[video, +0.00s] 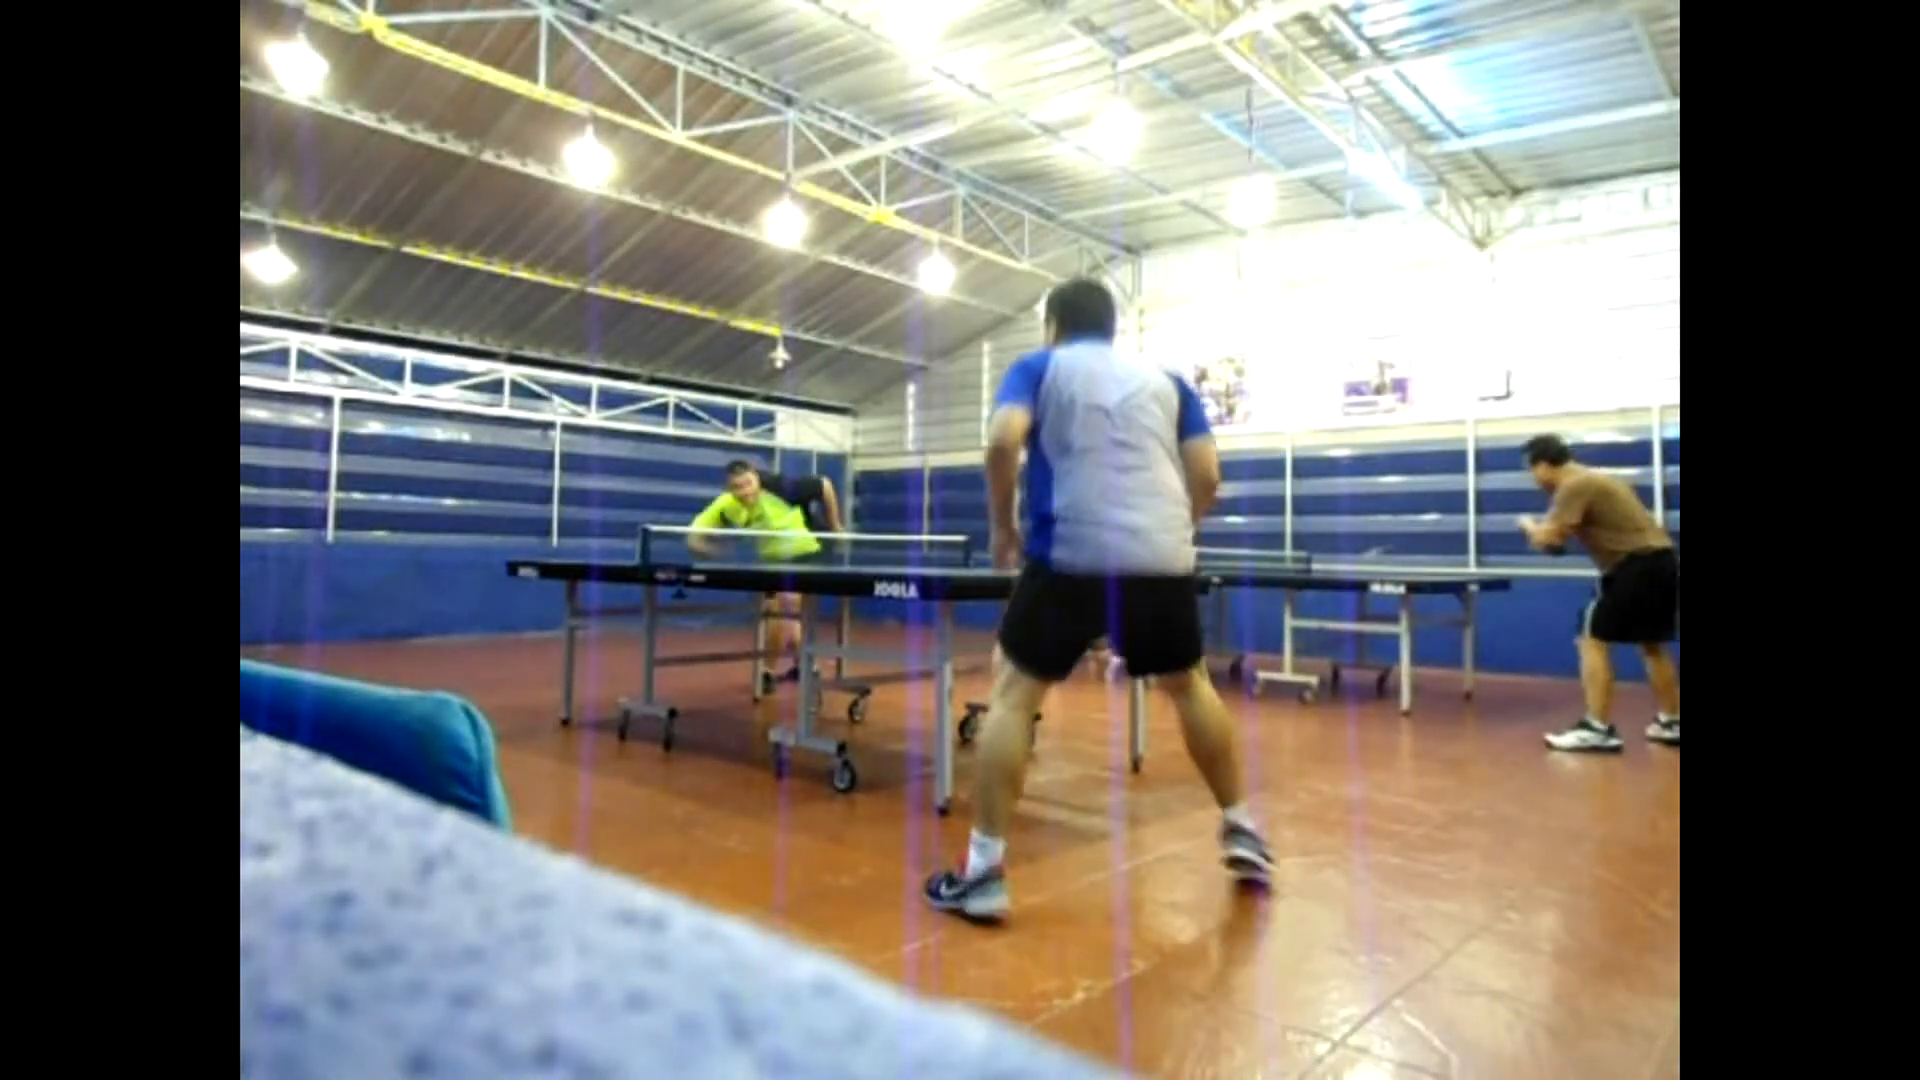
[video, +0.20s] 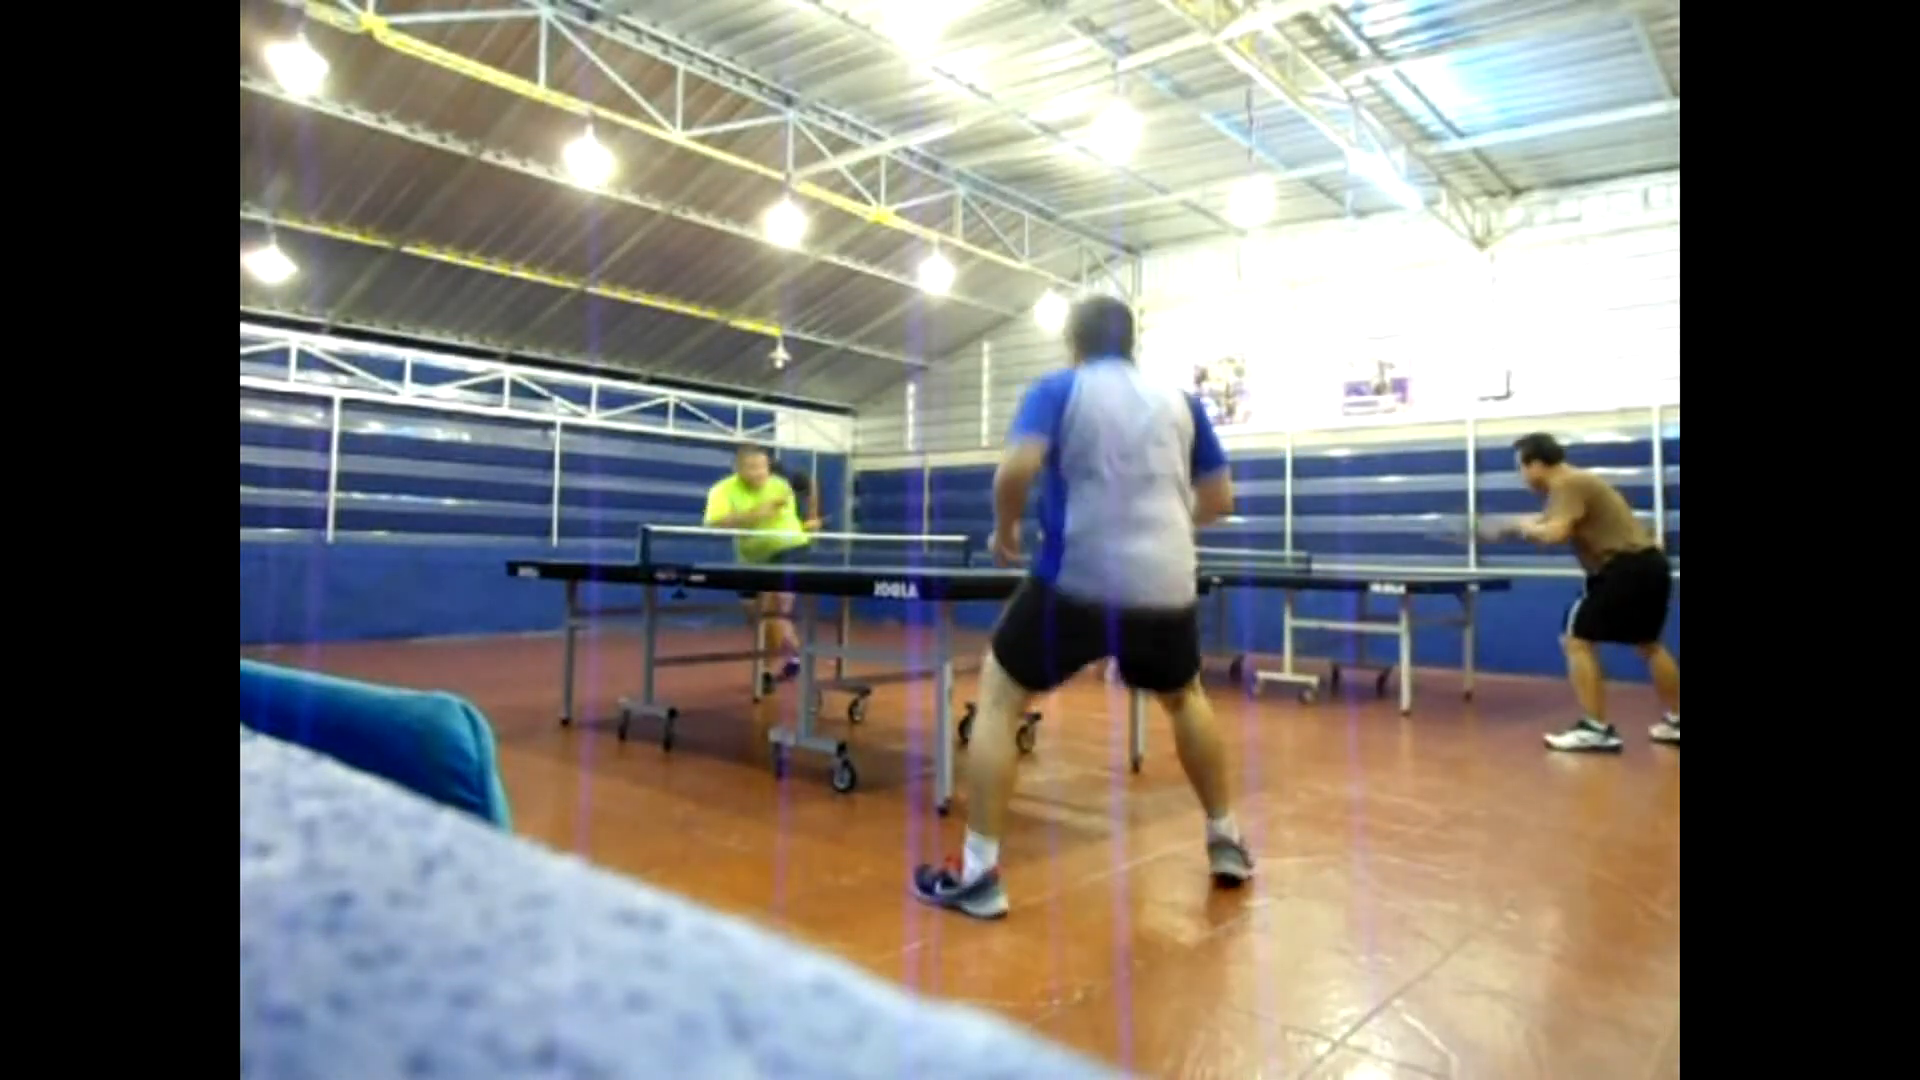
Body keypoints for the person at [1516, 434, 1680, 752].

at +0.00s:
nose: (1534, 478)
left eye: (1534, 469)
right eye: (1532, 470)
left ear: (1546, 465)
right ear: (1562, 458)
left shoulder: (1575, 485)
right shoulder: (1596, 479)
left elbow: (1551, 537)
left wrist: (1531, 528)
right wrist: (1544, 530)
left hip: (1635, 565)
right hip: (1663, 559)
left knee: (1592, 641)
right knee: (1653, 645)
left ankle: (1597, 724)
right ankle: (1672, 720)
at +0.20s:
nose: (1523, 476)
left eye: (1524, 467)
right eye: (1522, 467)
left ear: (1538, 463)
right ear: (1552, 459)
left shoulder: (1568, 484)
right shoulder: (1582, 480)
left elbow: (1558, 530)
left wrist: (1525, 528)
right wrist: (1532, 525)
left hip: (1621, 567)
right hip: (1652, 561)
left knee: (1576, 642)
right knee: (1649, 645)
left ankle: (1595, 725)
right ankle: (1676, 718)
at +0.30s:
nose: (1524, 465)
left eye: (1526, 456)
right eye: (1523, 457)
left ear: (1542, 455)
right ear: (1551, 455)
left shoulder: (1573, 476)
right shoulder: (1560, 486)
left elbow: (1593, 512)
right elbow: (1529, 508)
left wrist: (1554, 532)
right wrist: (1492, 504)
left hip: (1621, 564)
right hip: (1647, 562)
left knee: (1577, 640)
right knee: (1653, 646)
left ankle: (1595, 724)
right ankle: (1680, 718)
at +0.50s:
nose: (1547, 455)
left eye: (1549, 447)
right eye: (1547, 447)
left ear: (1564, 446)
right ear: (1575, 445)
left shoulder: (1589, 470)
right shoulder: (1586, 474)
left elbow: (1633, 498)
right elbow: (1577, 511)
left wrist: (1595, 534)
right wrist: (1533, 514)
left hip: (1624, 563)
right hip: (1649, 562)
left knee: (1574, 638)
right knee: (1655, 645)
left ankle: (1595, 725)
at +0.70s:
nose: (1568, 451)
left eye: (1570, 443)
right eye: (1568, 443)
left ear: (1584, 443)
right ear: (1597, 441)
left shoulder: (1612, 467)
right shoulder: (1609, 470)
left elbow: (1639, 506)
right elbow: (1617, 519)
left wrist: (1593, 537)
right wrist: (1572, 527)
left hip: (1656, 557)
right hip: (1660, 555)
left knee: (1620, 635)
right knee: (1672, 640)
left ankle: (1626, 723)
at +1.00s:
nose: (1589, 477)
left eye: (1589, 468)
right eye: (1587, 470)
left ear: (1604, 464)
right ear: (1613, 462)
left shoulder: (1629, 488)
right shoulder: (1639, 482)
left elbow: (1627, 546)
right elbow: (1643, 539)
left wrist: (1586, 548)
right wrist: (1612, 557)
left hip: (1675, 573)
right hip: (1671, 572)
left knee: (1661, 642)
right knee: (1663, 643)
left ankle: (1657, 728)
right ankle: (1660, 727)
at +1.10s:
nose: (1592, 485)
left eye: (1593, 476)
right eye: (1590, 477)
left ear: (1608, 469)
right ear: (1613, 468)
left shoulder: (1640, 495)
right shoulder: (1643, 489)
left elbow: (1639, 557)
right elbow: (1641, 556)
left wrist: (1605, 581)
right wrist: (1608, 579)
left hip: (1679, 577)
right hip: (1677, 576)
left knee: (1665, 635)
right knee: (1662, 633)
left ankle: (1673, 717)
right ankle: (1672, 715)